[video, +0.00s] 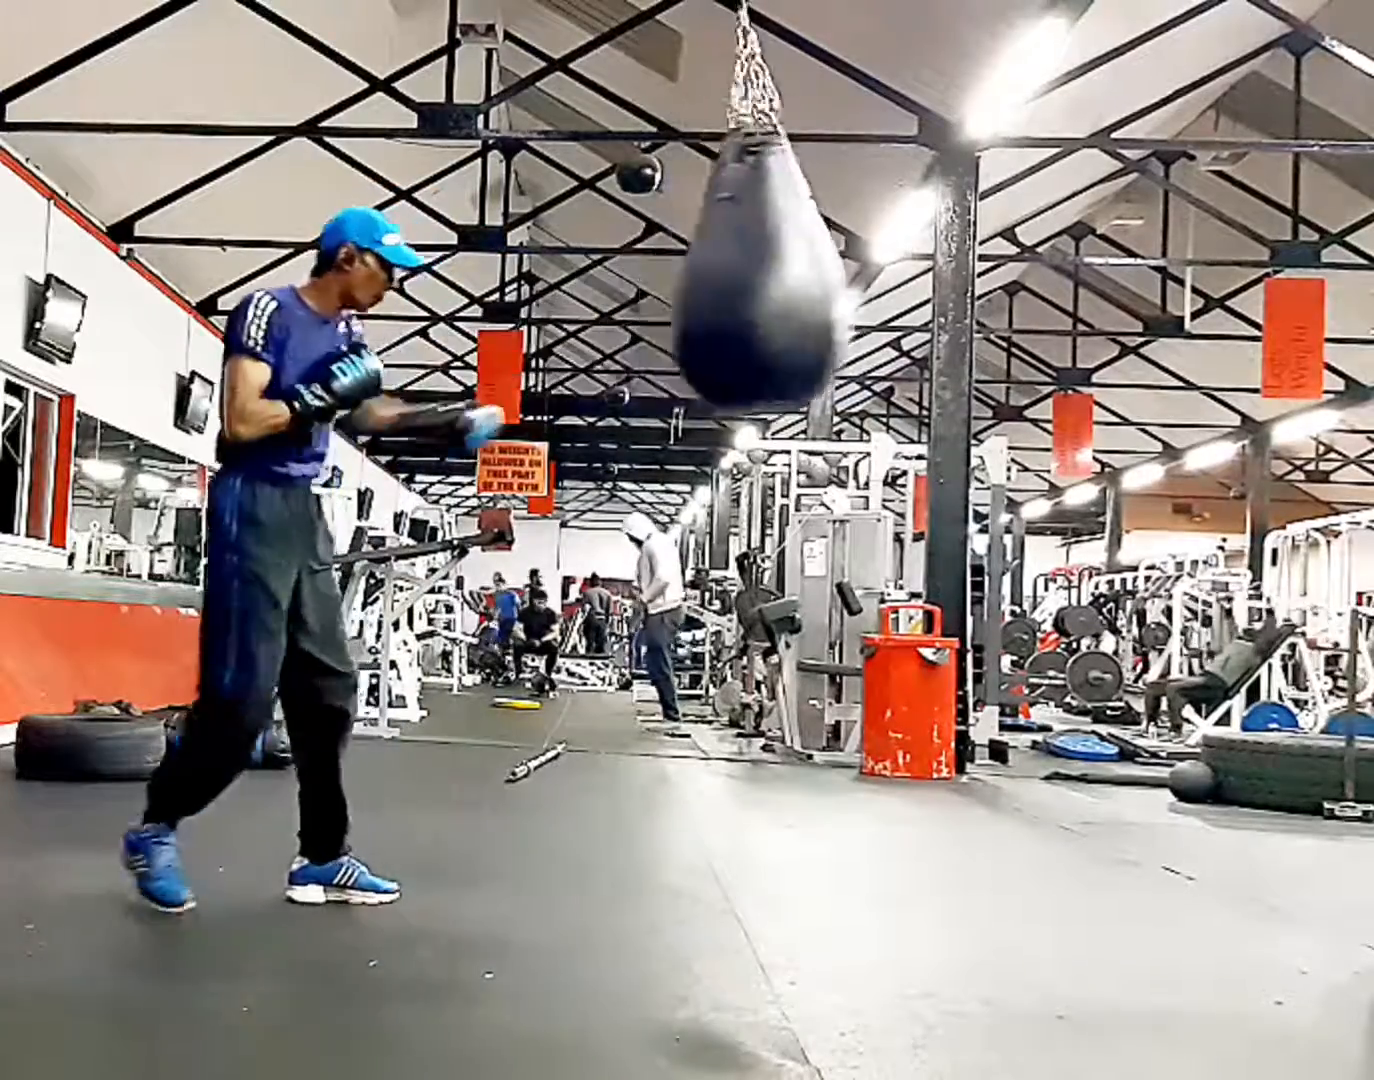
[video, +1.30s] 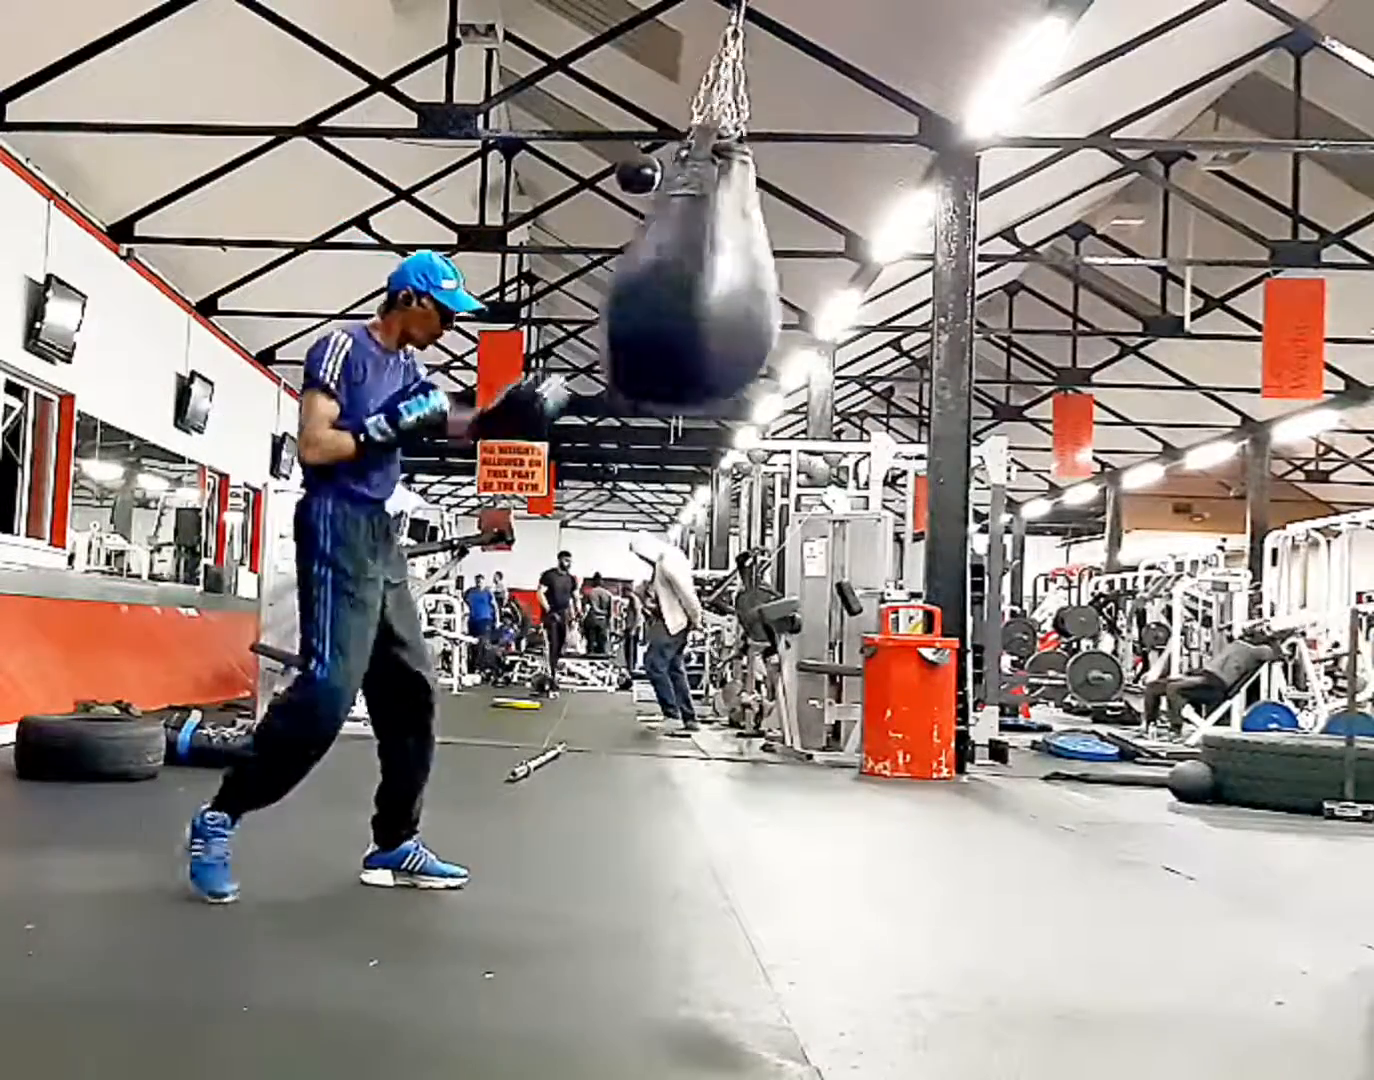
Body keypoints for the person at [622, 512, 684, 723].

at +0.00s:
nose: (630, 541)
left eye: (630, 536)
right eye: (629, 537)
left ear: (637, 532)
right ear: (644, 528)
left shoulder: (656, 544)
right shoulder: (652, 545)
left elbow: (663, 577)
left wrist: (644, 598)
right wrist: (640, 593)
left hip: (663, 610)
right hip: (657, 609)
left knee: (659, 662)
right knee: (657, 662)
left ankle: (671, 713)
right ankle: (669, 711)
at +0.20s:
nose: (632, 546)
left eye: (631, 541)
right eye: (629, 542)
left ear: (638, 536)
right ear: (646, 530)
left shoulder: (654, 551)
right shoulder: (666, 544)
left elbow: (659, 586)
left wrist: (653, 616)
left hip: (666, 613)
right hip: (679, 609)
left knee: (659, 661)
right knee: (659, 659)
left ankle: (671, 711)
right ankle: (669, 707)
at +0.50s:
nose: (638, 548)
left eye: (637, 544)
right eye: (636, 544)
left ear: (643, 538)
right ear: (651, 532)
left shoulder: (657, 553)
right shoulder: (671, 546)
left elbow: (672, 585)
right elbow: (687, 580)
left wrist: (683, 613)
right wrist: (695, 607)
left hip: (665, 616)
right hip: (676, 613)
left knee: (660, 666)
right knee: (672, 664)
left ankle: (673, 714)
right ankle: (685, 712)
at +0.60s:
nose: (641, 551)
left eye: (640, 546)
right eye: (638, 547)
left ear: (647, 541)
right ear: (650, 536)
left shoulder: (663, 555)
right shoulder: (664, 551)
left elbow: (681, 585)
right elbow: (658, 583)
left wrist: (692, 612)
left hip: (668, 619)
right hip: (672, 617)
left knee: (659, 665)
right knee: (673, 665)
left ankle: (673, 714)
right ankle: (688, 715)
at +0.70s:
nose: (644, 555)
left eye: (643, 551)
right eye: (641, 551)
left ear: (650, 545)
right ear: (654, 540)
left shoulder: (666, 561)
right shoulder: (667, 556)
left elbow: (684, 592)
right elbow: (660, 586)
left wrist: (694, 619)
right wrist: (641, 589)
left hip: (668, 623)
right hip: (675, 620)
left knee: (661, 666)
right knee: (673, 666)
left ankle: (673, 712)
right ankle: (688, 713)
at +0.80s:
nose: (645, 558)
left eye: (644, 554)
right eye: (643, 555)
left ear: (650, 548)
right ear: (655, 541)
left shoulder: (669, 562)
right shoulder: (671, 556)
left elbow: (686, 594)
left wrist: (694, 621)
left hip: (668, 625)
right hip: (676, 622)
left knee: (664, 669)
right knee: (675, 667)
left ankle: (672, 713)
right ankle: (689, 715)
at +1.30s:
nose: (643, 560)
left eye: (641, 555)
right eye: (640, 556)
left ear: (648, 550)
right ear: (651, 545)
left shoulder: (668, 562)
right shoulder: (664, 562)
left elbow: (687, 594)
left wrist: (696, 619)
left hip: (671, 624)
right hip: (674, 623)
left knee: (654, 664)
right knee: (675, 669)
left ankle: (672, 712)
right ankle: (689, 716)